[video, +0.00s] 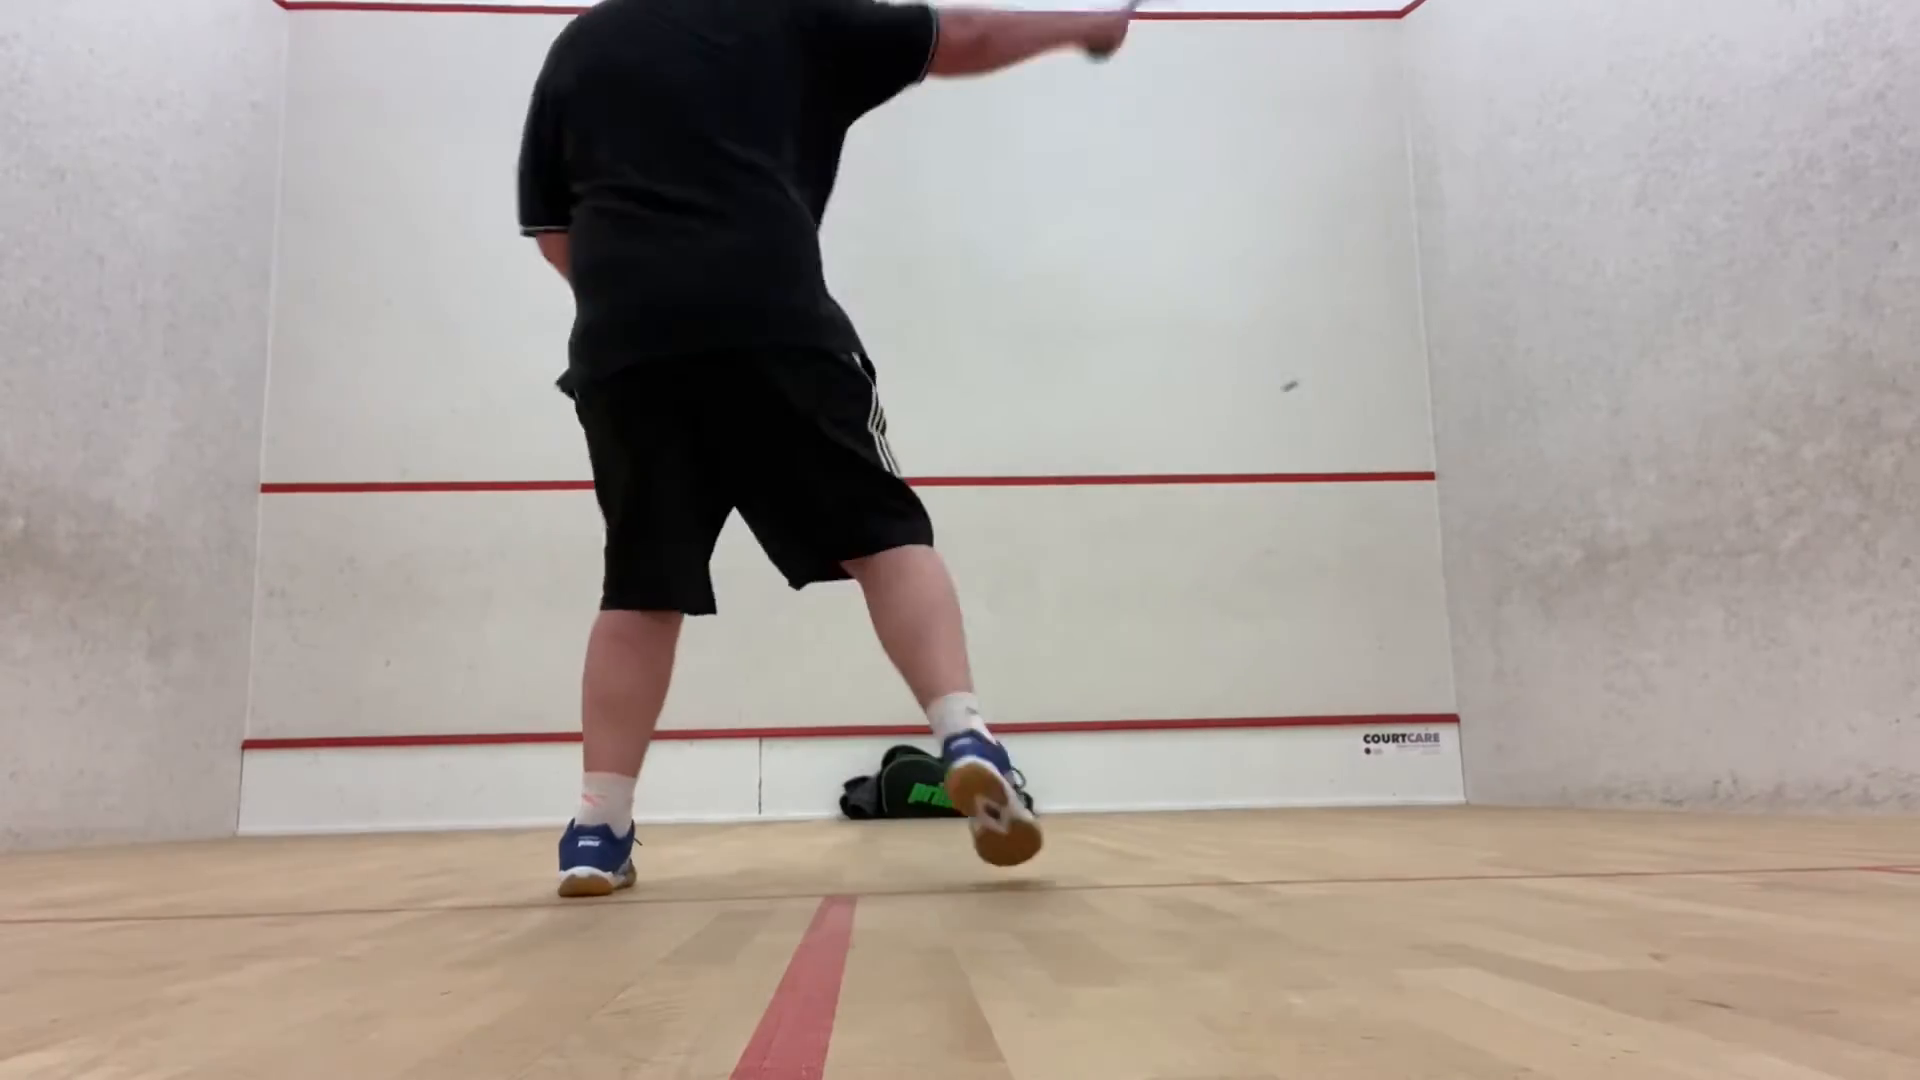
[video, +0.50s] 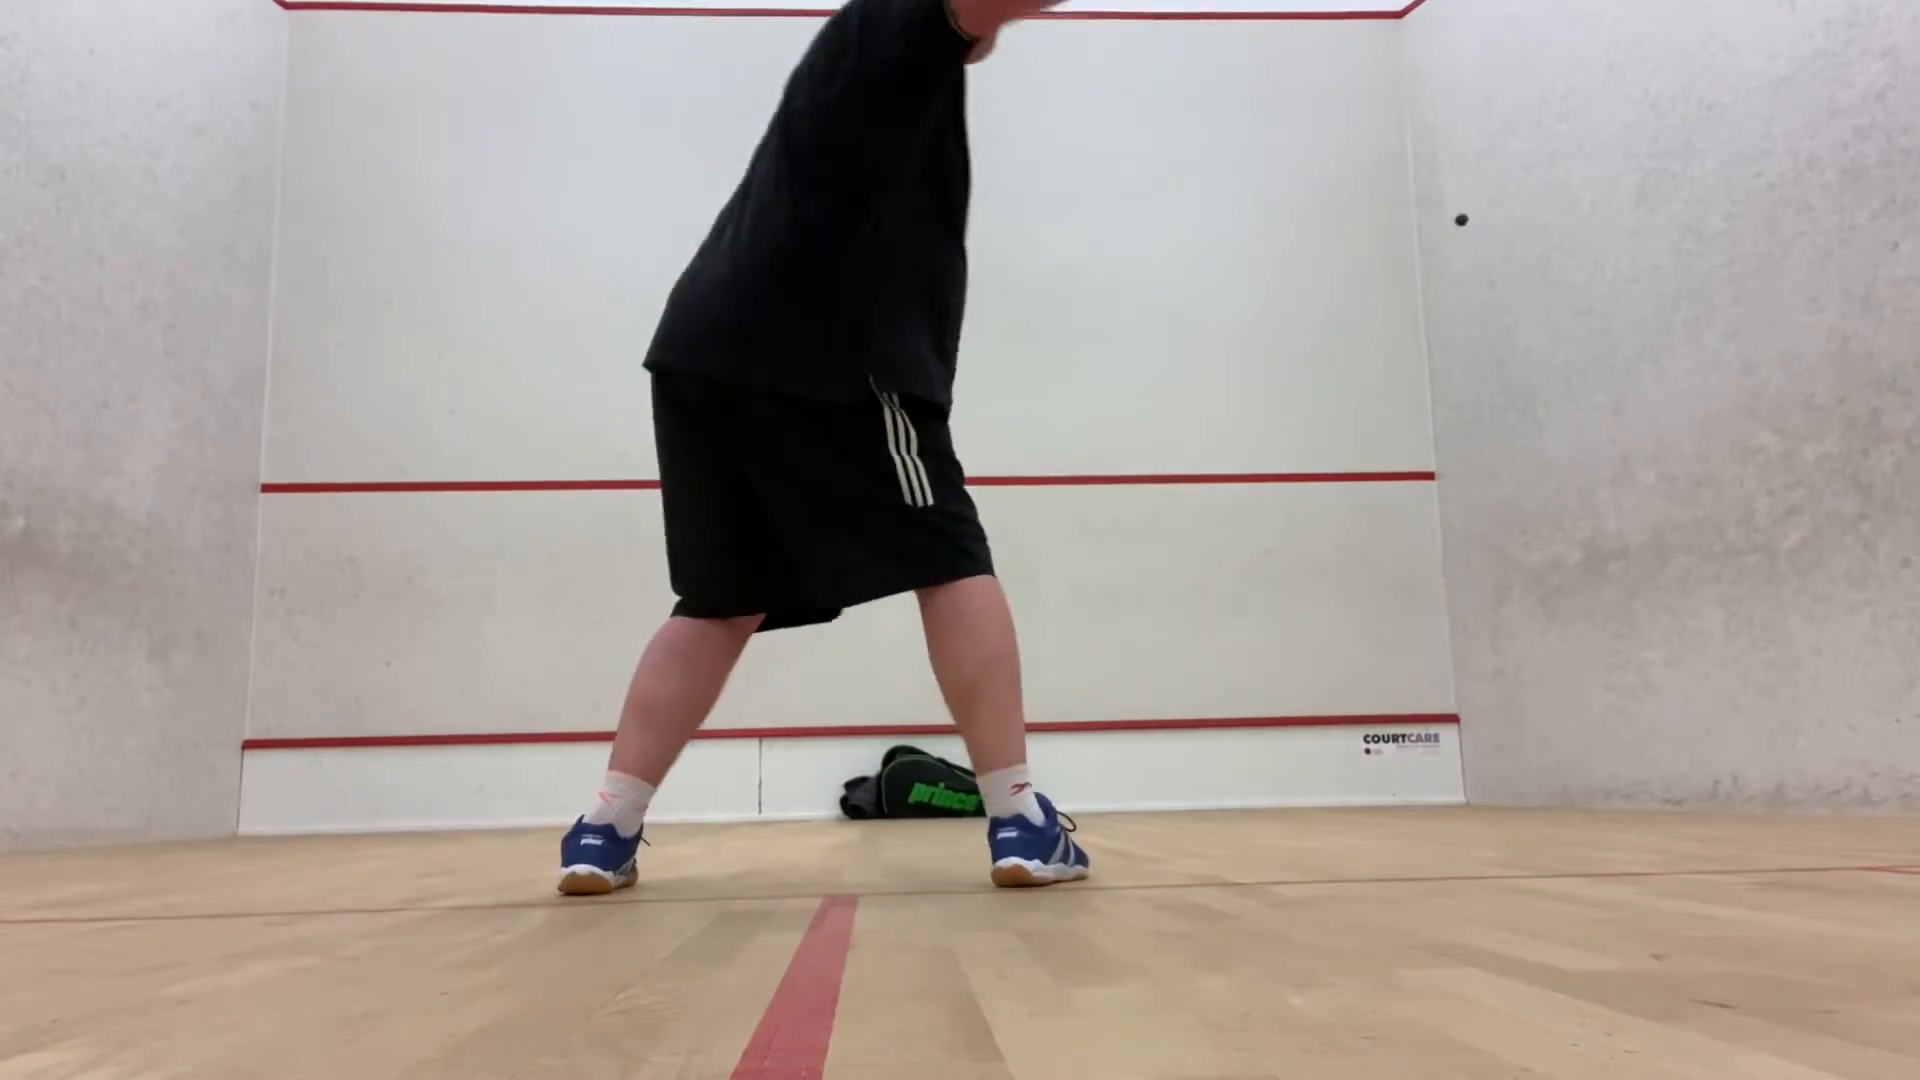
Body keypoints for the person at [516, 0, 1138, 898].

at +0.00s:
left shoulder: (581, 41)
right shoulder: (796, 16)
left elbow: (555, 232)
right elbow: (960, 41)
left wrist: (645, 310)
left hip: (625, 344)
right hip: (778, 322)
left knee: (640, 581)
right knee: (883, 533)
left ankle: (597, 827)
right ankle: (965, 740)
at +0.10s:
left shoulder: (607, 36)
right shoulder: (822, 16)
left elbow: (582, 213)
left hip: (631, 337)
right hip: (784, 323)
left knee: (642, 583)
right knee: (887, 535)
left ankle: (598, 829)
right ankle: (983, 762)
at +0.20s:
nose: (950, 5)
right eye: (947, 0)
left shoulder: (653, 35)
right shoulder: (841, 10)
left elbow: (701, 192)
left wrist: (849, 285)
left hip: (648, 330)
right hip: (791, 321)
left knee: (655, 588)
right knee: (894, 554)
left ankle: (598, 826)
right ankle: (1004, 795)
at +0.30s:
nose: (939, 12)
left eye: (949, 5)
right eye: (936, 1)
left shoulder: (706, 45)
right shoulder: (844, 16)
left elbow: (744, 218)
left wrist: (880, 274)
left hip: (670, 335)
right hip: (804, 330)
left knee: (680, 594)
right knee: (913, 569)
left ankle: (601, 828)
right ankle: (1013, 814)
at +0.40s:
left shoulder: (781, 37)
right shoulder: (869, 28)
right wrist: (910, 346)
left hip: (684, 340)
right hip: (819, 339)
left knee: (707, 597)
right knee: (935, 569)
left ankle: (605, 826)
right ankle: (1015, 816)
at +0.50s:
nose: (1014, 22)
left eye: (1023, 11)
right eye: (1017, 5)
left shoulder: (846, 42)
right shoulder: (912, 40)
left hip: (703, 347)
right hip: (841, 353)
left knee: (720, 596)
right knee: (952, 564)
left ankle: (606, 827)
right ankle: (1019, 820)